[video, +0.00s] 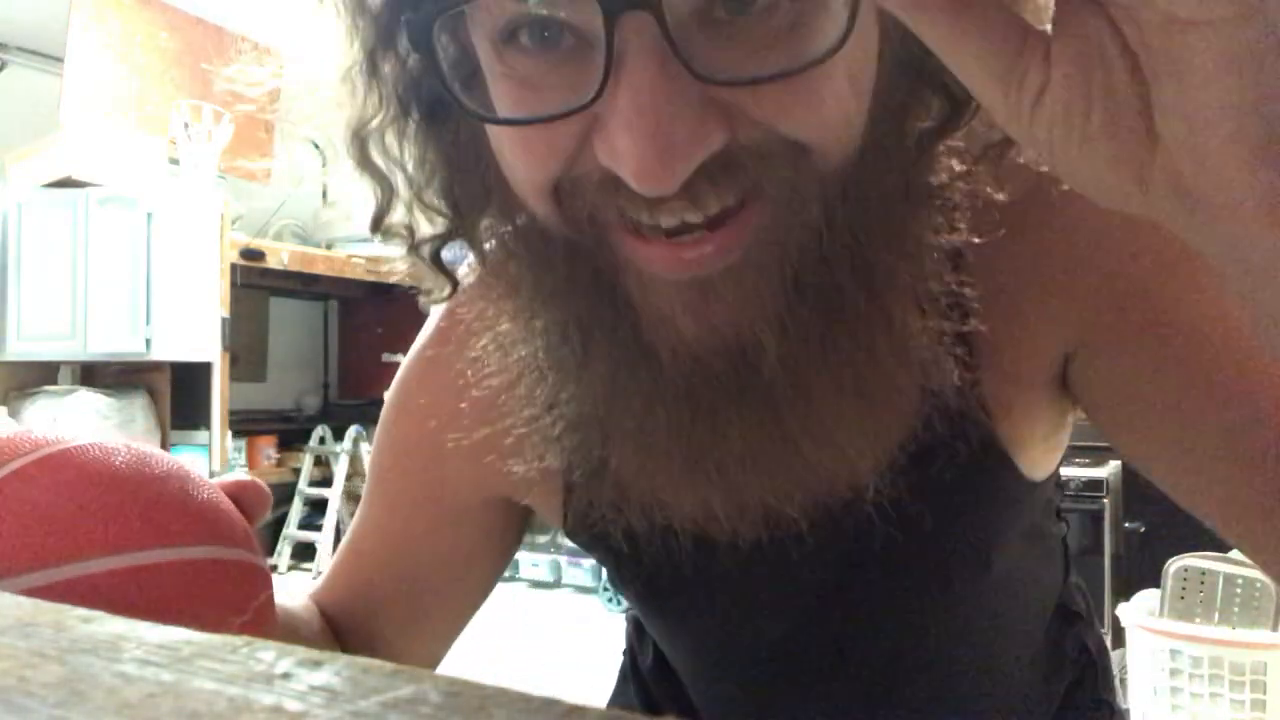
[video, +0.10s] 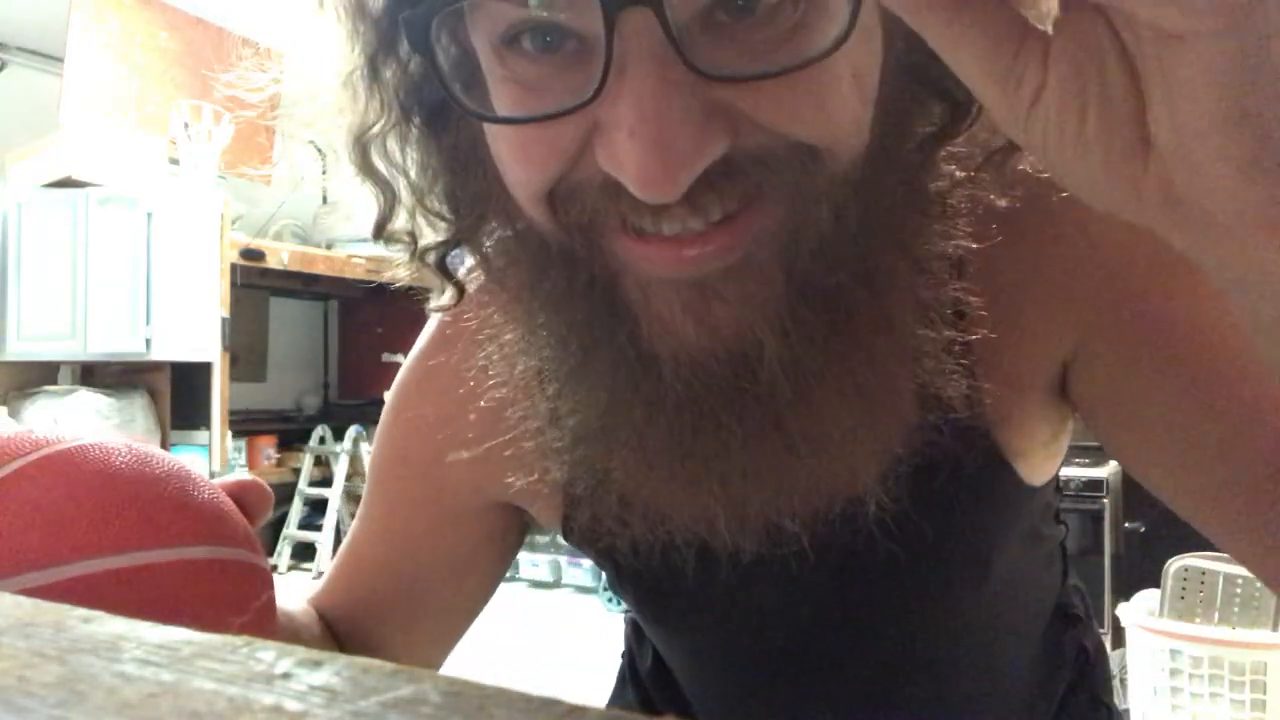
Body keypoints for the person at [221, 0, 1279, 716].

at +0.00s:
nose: (654, 146)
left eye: (744, 10)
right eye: (545, 32)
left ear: (892, 10)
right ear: (462, 67)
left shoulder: (1053, 245)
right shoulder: (503, 351)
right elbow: (351, 641)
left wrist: (1234, 190)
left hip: (1021, 702)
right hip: (696, 705)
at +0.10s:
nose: (656, 154)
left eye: (743, 8)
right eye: (544, 36)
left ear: (891, 12)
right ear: (462, 73)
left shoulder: (1054, 252)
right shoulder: (500, 353)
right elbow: (346, 652)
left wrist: (1238, 212)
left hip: (1022, 703)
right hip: (695, 705)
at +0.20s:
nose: (659, 158)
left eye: (746, 13)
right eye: (543, 43)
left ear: (895, 13)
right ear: (459, 75)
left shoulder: (1047, 250)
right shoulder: (500, 356)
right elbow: (346, 637)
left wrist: (1239, 252)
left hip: (1016, 705)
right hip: (694, 709)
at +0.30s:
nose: (671, 170)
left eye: (753, 30)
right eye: (560, 58)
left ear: (889, 17)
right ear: (456, 73)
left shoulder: (1028, 268)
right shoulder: (504, 347)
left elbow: (1275, 572)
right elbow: (339, 659)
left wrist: (1208, 230)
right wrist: (147, 570)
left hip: (1003, 698)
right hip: (693, 703)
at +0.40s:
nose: (682, 160)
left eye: (741, 37)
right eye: (558, 61)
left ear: (860, 28)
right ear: (456, 84)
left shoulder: (1011, 264)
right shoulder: (520, 336)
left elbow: (1246, 556)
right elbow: (362, 537)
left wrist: (1213, 340)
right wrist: (225, 564)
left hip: (1014, 694)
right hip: (700, 698)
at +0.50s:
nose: (673, 161)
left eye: (758, 33)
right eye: (567, 63)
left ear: (922, 27)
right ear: (475, 74)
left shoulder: (1073, 253)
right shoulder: (557, 332)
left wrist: (1237, 474)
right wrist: (310, 554)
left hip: (1021, 675)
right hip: (697, 679)